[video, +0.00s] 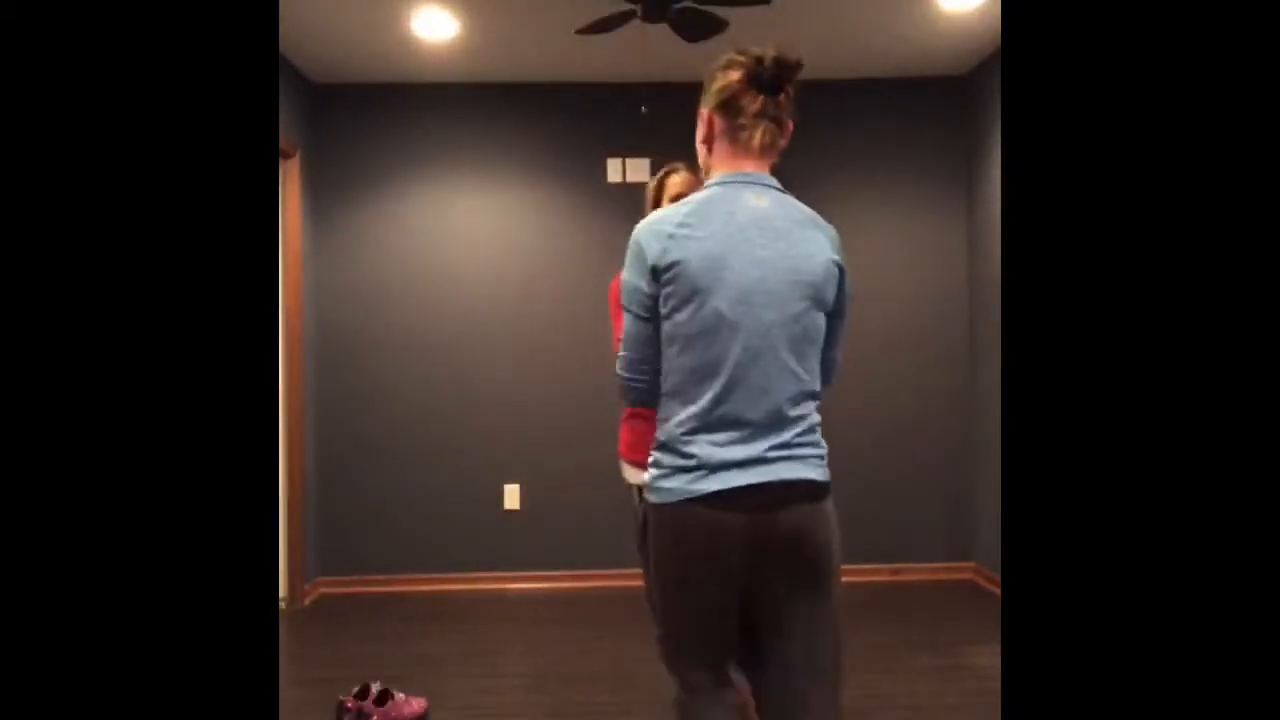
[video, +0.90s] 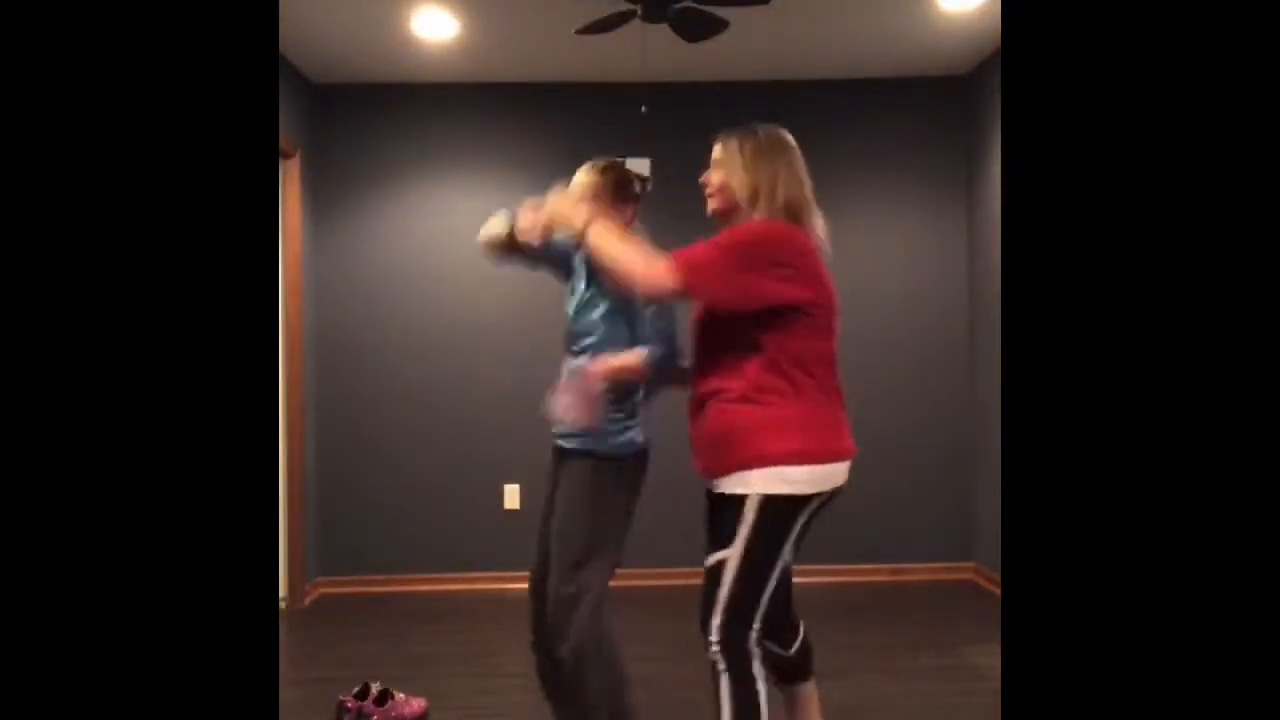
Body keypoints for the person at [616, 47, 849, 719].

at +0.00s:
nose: (696, 136)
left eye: (698, 124)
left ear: (706, 127)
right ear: (785, 138)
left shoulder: (657, 234)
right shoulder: (820, 235)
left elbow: (638, 381)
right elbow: (824, 373)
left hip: (692, 514)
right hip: (799, 509)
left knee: (703, 686)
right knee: (805, 696)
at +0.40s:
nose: (639, 185)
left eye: (642, 173)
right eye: (640, 173)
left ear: (657, 175)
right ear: (718, 177)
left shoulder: (620, 260)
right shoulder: (755, 260)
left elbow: (594, 387)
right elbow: (737, 357)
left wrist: (661, 378)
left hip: (641, 504)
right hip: (734, 496)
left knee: (634, 688)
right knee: (757, 685)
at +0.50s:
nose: (612, 193)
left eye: (618, 180)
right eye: (614, 180)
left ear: (644, 184)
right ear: (687, 186)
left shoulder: (606, 263)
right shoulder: (724, 265)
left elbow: (571, 379)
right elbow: (720, 358)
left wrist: (627, 383)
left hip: (615, 490)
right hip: (701, 485)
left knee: (622, 664)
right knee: (717, 653)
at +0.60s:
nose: (585, 202)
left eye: (592, 188)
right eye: (588, 188)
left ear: (629, 192)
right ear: (653, 193)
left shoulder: (603, 261)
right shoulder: (697, 262)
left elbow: (562, 373)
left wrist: (602, 375)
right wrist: (649, 142)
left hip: (599, 484)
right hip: (668, 484)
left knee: (608, 650)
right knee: (653, 626)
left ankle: (622, 718)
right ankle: (688, 709)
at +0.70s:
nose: (570, 200)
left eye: (582, 188)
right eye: (574, 187)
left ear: (625, 197)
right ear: (630, 197)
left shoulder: (607, 263)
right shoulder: (668, 259)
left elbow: (566, 369)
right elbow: (664, 352)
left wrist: (587, 331)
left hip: (599, 466)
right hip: (643, 459)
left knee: (584, 617)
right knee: (597, 615)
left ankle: (619, 713)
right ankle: (624, 710)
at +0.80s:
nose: (573, 208)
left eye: (587, 195)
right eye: (572, 196)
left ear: (626, 202)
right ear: (574, 201)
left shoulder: (630, 265)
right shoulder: (617, 258)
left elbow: (605, 365)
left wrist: (559, 346)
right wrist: (566, 152)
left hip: (609, 461)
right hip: (591, 455)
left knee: (575, 606)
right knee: (548, 589)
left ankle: (605, 711)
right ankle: (584, 703)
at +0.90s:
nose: (573, 215)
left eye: (583, 204)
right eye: (571, 204)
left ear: (618, 209)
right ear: (576, 210)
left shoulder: (646, 269)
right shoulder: (577, 255)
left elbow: (662, 356)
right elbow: (497, 243)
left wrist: (602, 368)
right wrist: (518, 227)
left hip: (610, 456)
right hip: (573, 452)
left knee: (575, 606)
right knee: (549, 602)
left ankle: (605, 711)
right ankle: (574, 710)